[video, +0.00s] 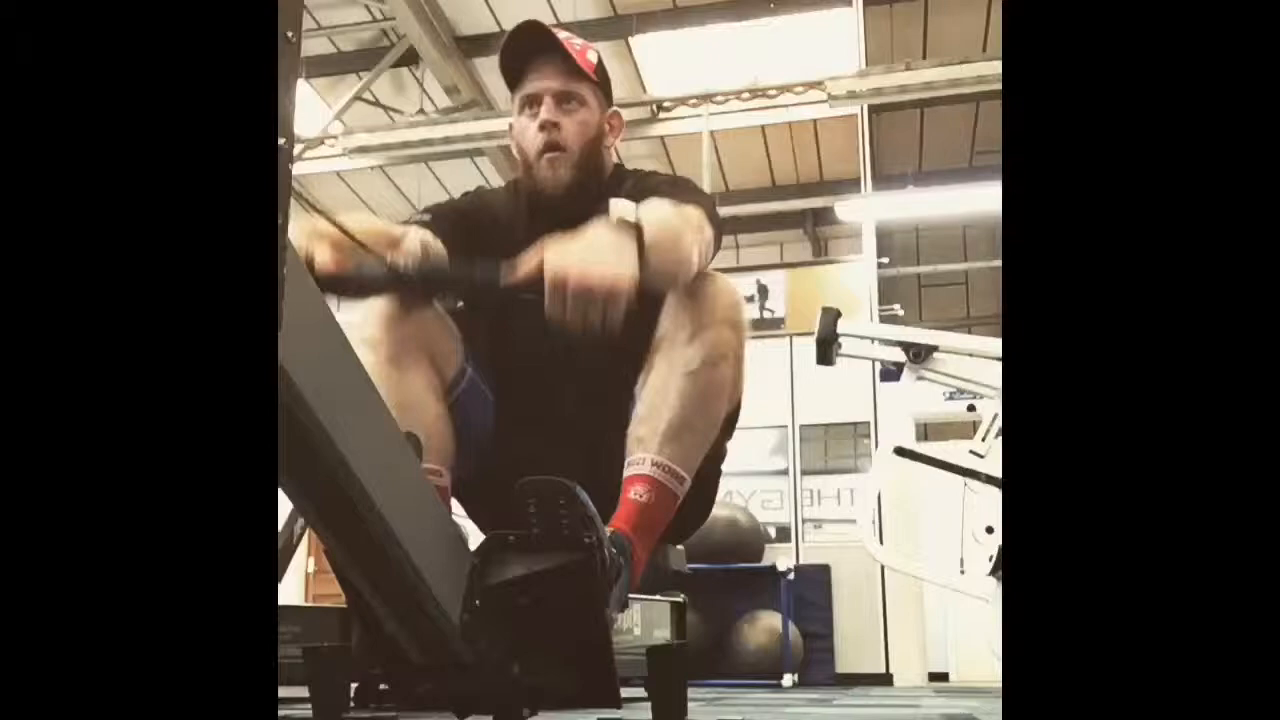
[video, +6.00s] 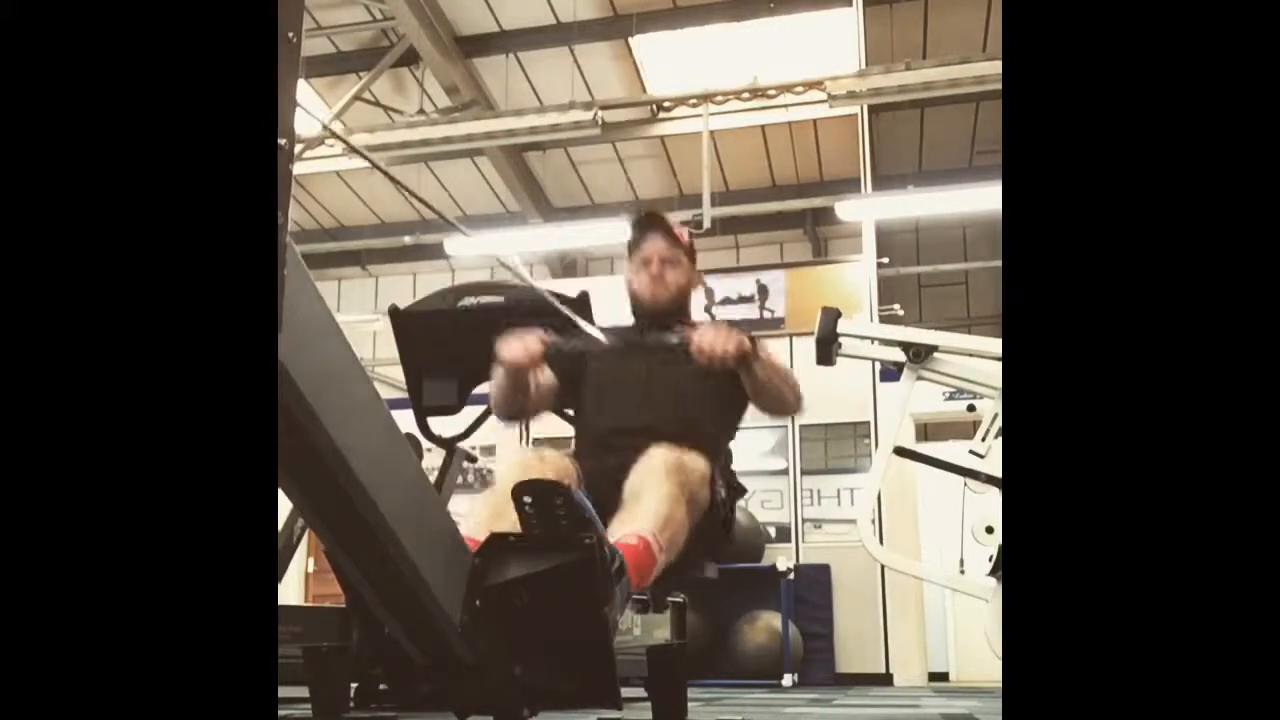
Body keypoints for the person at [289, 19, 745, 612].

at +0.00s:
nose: (548, 118)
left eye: (571, 102)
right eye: (531, 106)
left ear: (611, 130)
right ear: (513, 135)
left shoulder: (655, 196)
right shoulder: (479, 216)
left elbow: (689, 241)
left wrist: (623, 232)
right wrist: (327, 242)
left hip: (633, 462)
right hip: (503, 463)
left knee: (711, 296)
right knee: (379, 309)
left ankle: (625, 548)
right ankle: (424, 539)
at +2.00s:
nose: (621, 202)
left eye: (637, 190)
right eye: (607, 191)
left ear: (667, 208)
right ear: (589, 210)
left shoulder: (709, 290)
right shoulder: (553, 300)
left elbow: (782, 365)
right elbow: (455, 396)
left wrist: (721, 314)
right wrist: (452, 345)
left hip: (676, 492)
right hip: (561, 488)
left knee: (646, 365)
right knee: (510, 366)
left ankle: (603, 567)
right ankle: (449, 555)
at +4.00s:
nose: (661, 305)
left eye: (675, 297)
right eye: (650, 296)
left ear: (701, 310)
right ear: (636, 308)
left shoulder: (729, 372)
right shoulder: (598, 370)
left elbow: (827, 438)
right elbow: (508, 437)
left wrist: (773, 367)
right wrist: (544, 379)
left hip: (702, 506)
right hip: (600, 498)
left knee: (658, 459)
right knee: (538, 472)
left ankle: (605, 587)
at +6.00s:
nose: (655, 272)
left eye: (670, 262)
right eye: (643, 263)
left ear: (694, 277)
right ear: (627, 276)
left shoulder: (724, 345)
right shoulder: (594, 349)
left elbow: (787, 404)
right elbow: (511, 409)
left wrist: (747, 356)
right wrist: (513, 367)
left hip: (691, 488)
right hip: (592, 484)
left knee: (666, 462)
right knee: (533, 464)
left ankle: (609, 582)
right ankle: (470, 567)